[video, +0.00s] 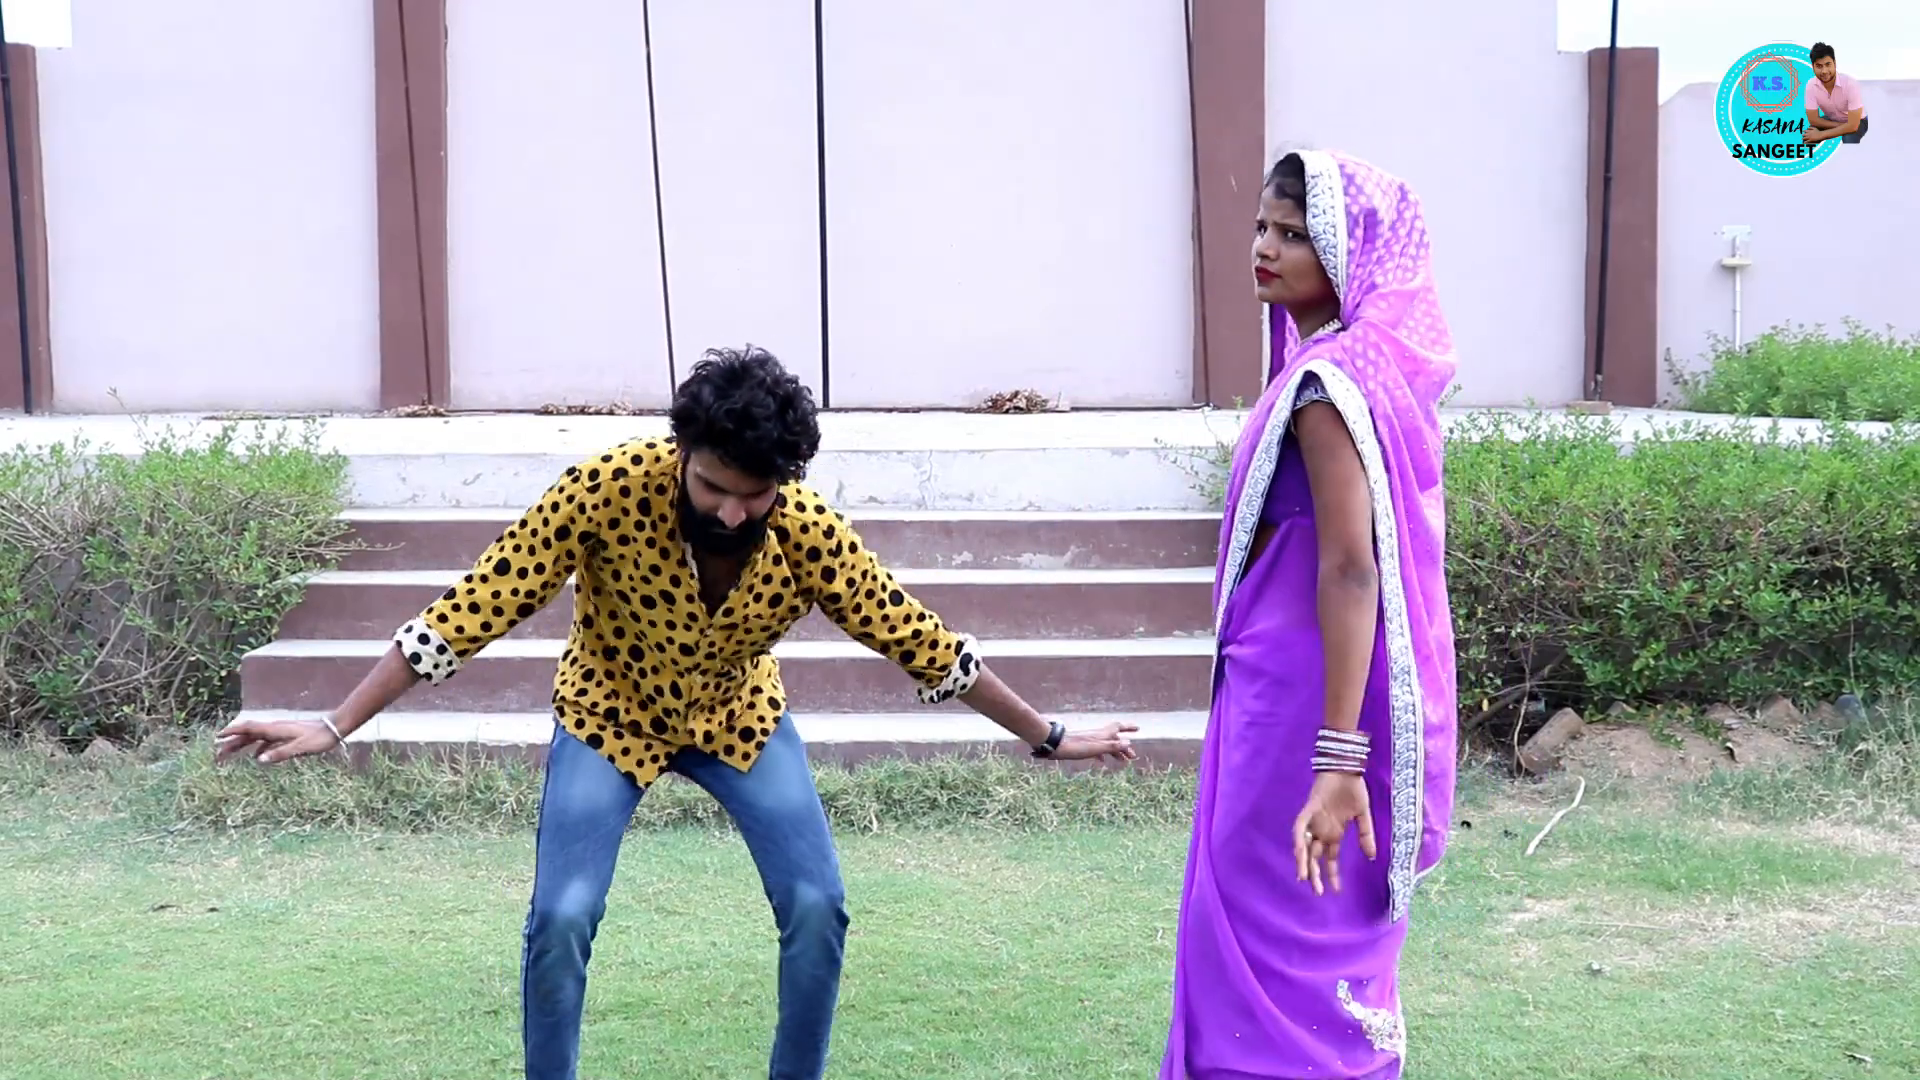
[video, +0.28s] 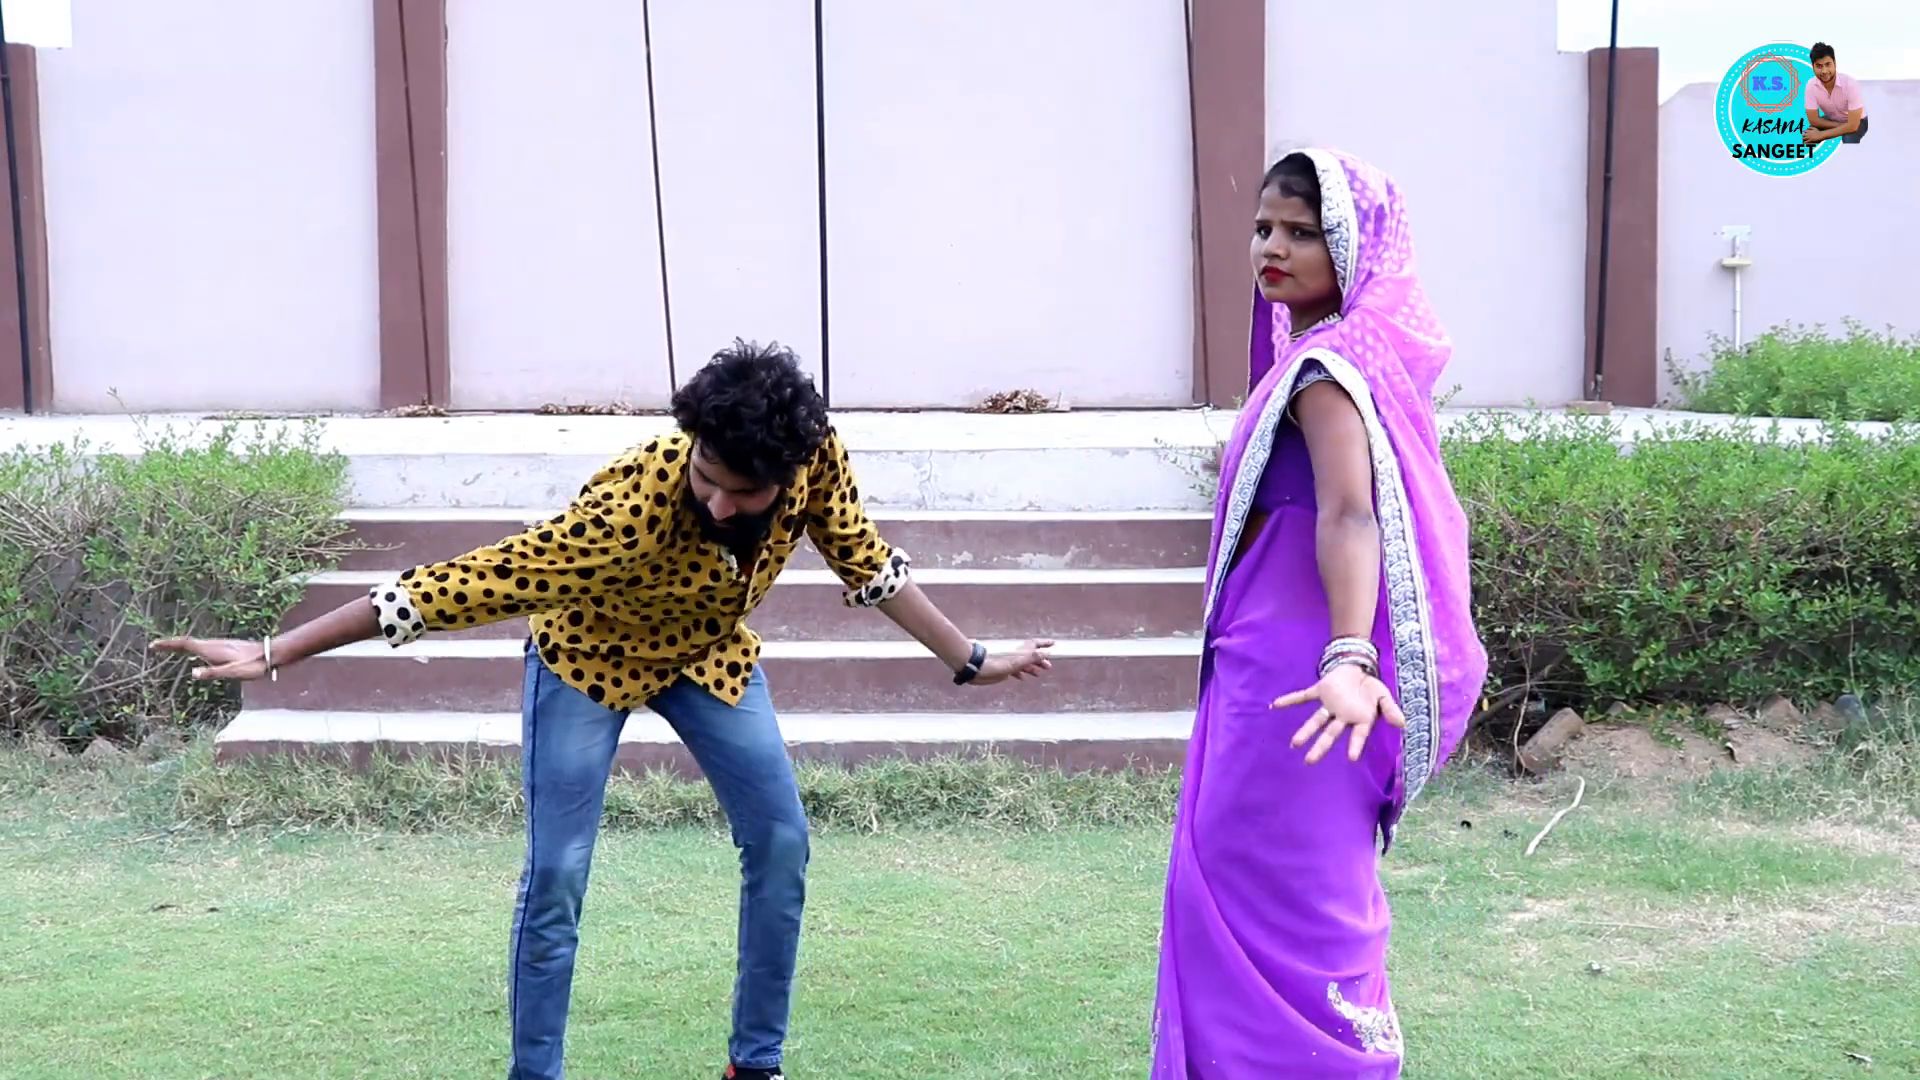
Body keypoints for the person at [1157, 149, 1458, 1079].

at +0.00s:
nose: (1262, 249)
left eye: (1287, 235)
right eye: (1262, 230)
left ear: (1350, 255)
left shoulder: (1326, 382)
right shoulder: (1382, 366)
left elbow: (1353, 573)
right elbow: (1374, 571)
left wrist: (1341, 755)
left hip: (1299, 728)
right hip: (1348, 718)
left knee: (1263, 973)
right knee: (1333, 970)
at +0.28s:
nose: (1271, 249)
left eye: (1298, 234)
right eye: (1265, 230)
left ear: (1355, 253)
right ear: (1256, 235)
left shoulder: (1325, 367)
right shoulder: (1351, 357)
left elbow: (1353, 514)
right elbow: (1341, 522)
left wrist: (1351, 655)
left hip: (1291, 691)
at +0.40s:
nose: (1273, 264)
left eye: (1298, 248)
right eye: (1266, 245)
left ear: (1355, 264)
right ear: (1257, 248)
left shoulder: (1332, 375)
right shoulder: (1375, 357)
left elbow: (1352, 507)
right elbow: (1306, 385)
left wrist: (1359, 619)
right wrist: (1243, 336)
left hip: (1294, 704)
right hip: (1348, 700)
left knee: (1198, 919)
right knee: (1324, 925)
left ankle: (1224, 1066)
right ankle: (1338, 1058)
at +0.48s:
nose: (1265, 282)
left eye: (1293, 264)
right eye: (1257, 262)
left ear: (1350, 280)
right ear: (1250, 268)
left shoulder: (1333, 392)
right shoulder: (1324, 383)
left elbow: (1339, 523)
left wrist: (1355, 634)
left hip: (1290, 703)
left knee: (1198, 941)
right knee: (1287, 944)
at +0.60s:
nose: (1265, 295)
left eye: (1291, 277)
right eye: (1254, 275)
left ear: (1345, 294)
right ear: (1247, 281)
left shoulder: (1336, 404)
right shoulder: (1301, 391)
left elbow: (1345, 525)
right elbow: (1260, 334)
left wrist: (1355, 620)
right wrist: (1259, 223)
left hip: (1265, 685)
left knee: (1172, 905)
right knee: (1252, 913)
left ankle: (1213, 1060)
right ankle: (1280, 1051)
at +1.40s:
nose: (1130, 317)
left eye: (1153, 299)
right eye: (1118, 296)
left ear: (1209, 305)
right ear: (1111, 295)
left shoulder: (1200, 412)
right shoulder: (1169, 392)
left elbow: (1191, 534)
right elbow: (1142, 272)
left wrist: (1203, 630)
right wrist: (1143, 157)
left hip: (1111, 701)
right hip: (1094, 693)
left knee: (1037, 930)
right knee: (1108, 936)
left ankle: (1067, 1066)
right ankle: (1133, 1059)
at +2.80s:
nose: (1091, 286)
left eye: (1113, 265)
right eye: (1088, 264)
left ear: (1175, 276)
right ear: (1195, 278)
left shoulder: (1153, 398)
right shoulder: (1236, 379)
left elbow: (1114, 548)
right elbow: (1211, 267)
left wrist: (1048, 669)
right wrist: (1163, 177)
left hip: (1120, 725)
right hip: (1194, 725)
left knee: (983, 921)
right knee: (1176, 962)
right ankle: (1175, 1064)